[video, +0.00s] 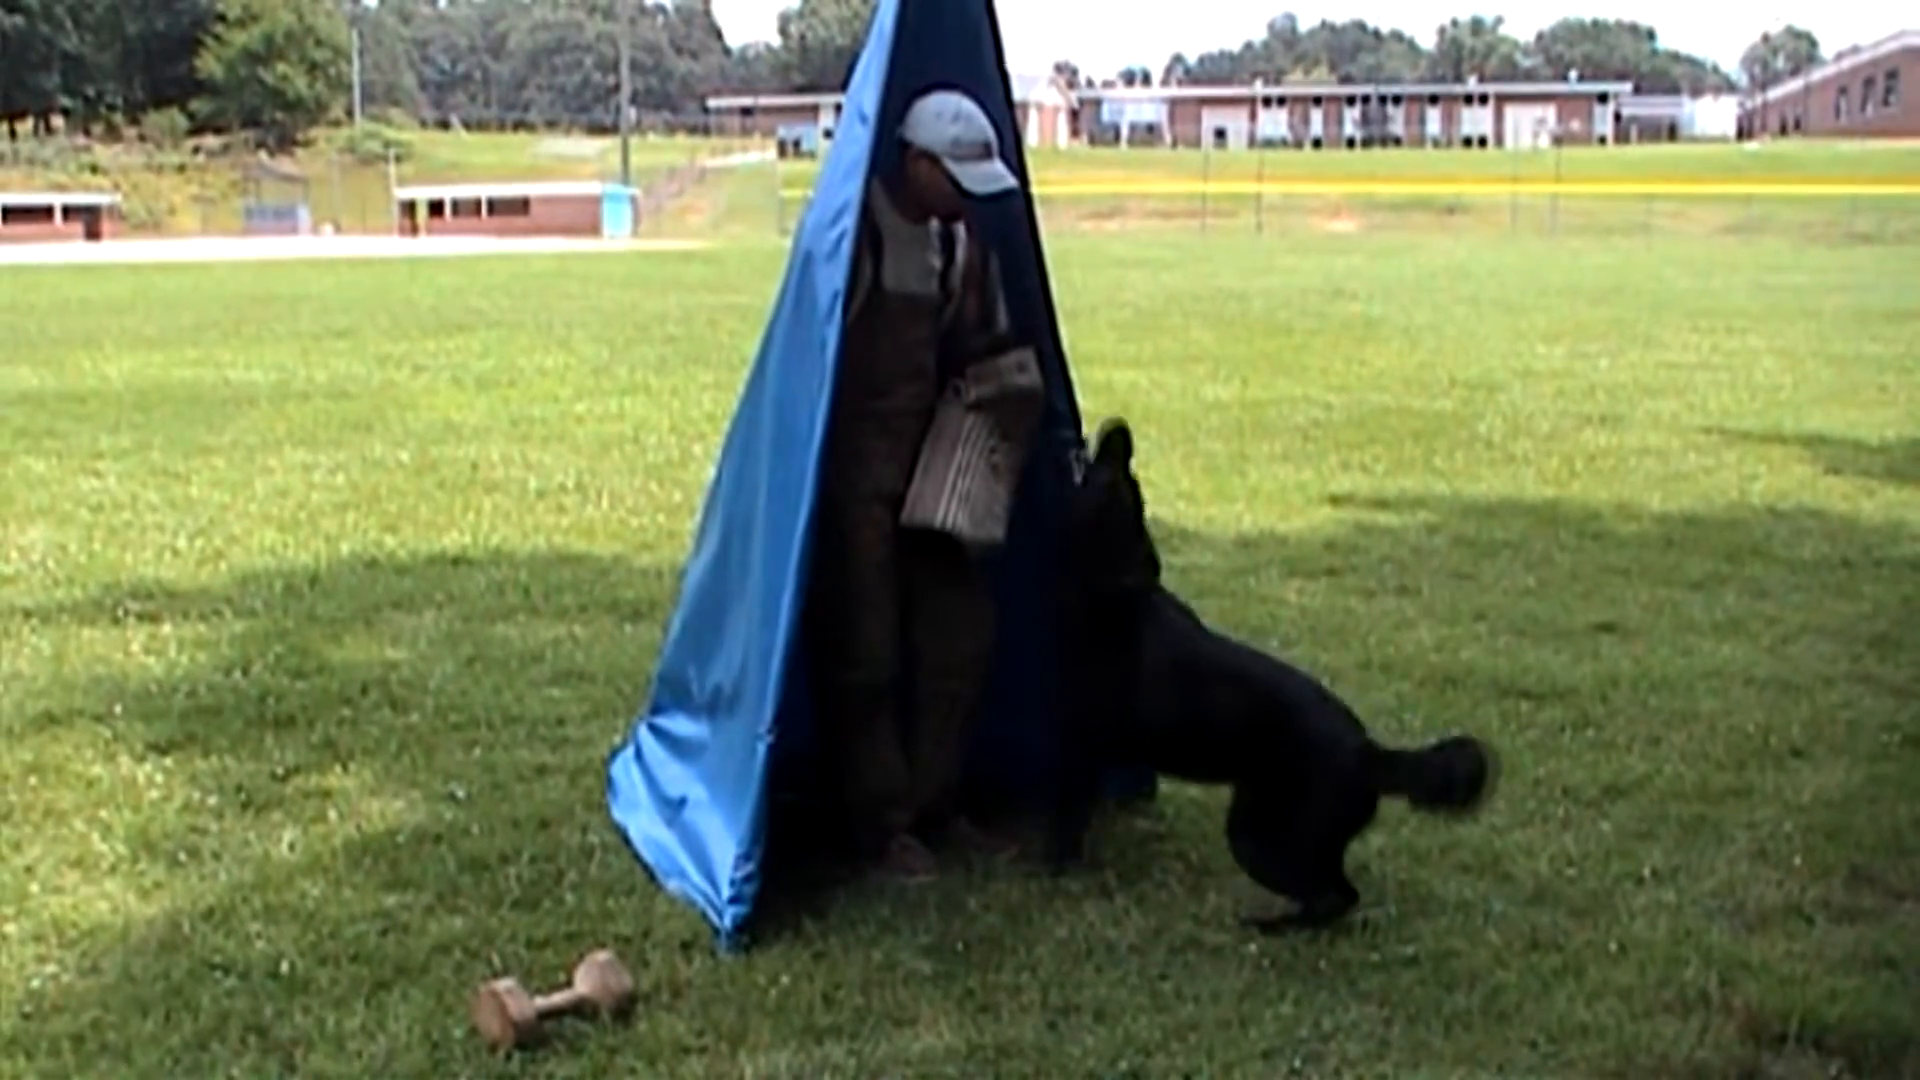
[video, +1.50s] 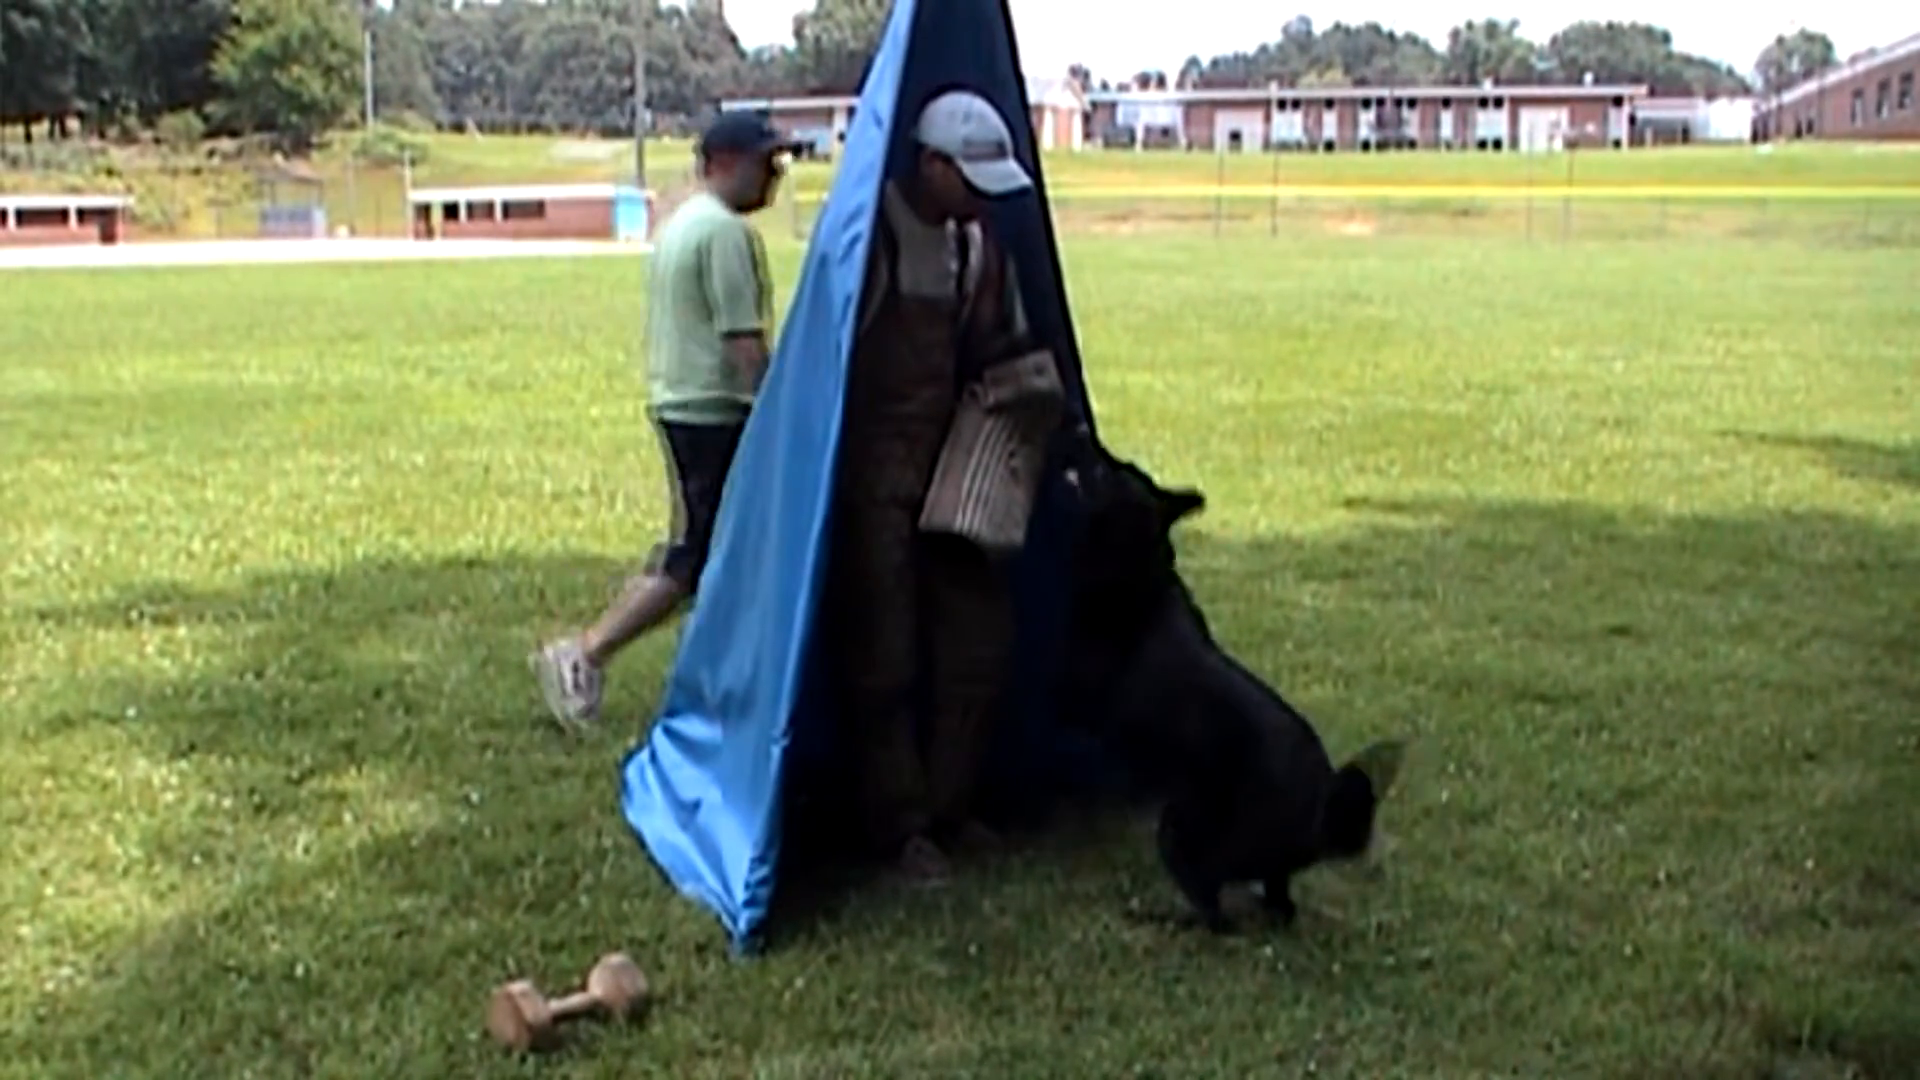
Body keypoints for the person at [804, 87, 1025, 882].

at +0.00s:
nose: (964, 198)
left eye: (971, 183)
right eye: (954, 180)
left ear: (965, 174)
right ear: (912, 162)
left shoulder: (967, 248)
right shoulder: (848, 241)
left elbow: (995, 361)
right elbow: (809, 370)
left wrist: (1003, 382)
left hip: (945, 478)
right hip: (856, 480)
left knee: (952, 640)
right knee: (871, 652)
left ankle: (938, 808)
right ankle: (881, 826)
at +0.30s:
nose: (973, 196)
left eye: (980, 182)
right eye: (963, 179)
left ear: (977, 173)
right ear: (920, 162)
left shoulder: (978, 252)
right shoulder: (857, 244)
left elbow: (1007, 363)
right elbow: (817, 366)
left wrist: (1019, 386)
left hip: (955, 484)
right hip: (866, 484)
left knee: (955, 646)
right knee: (878, 655)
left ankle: (944, 813)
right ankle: (893, 828)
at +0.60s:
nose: (980, 197)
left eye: (987, 183)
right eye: (970, 180)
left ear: (984, 173)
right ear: (928, 162)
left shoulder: (984, 250)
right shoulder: (864, 243)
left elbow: (1011, 362)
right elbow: (823, 366)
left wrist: (1026, 384)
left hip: (960, 484)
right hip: (872, 484)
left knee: (965, 646)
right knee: (886, 657)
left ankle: (940, 817)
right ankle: (900, 830)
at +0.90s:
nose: (980, 199)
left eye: (987, 185)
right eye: (970, 182)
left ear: (986, 174)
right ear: (928, 164)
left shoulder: (986, 248)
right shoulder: (865, 243)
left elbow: (1014, 363)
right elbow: (826, 370)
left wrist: (1025, 382)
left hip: (962, 488)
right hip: (875, 488)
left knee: (969, 647)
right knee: (888, 657)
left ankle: (951, 811)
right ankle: (900, 829)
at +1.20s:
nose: (978, 199)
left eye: (985, 185)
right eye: (968, 182)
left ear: (981, 173)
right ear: (926, 163)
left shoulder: (982, 249)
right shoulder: (863, 243)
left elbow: (1019, 361)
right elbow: (825, 366)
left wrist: (1020, 382)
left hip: (962, 486)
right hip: (874, 485)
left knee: (970, 644)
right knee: (888, 654)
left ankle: (950, 810)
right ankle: (899, 826)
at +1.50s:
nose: (980, 197)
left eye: (987, 184)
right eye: (970, 181)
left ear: (980, 171)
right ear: (928, 164)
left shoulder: (984, 246)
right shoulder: (865, 242)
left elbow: (1002, 359)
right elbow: (821, 366)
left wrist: (1029, 383)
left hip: (964, 484)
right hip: (876, 483)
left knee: (972, 644)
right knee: (888, 655)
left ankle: (952, 810)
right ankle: (899, 828)